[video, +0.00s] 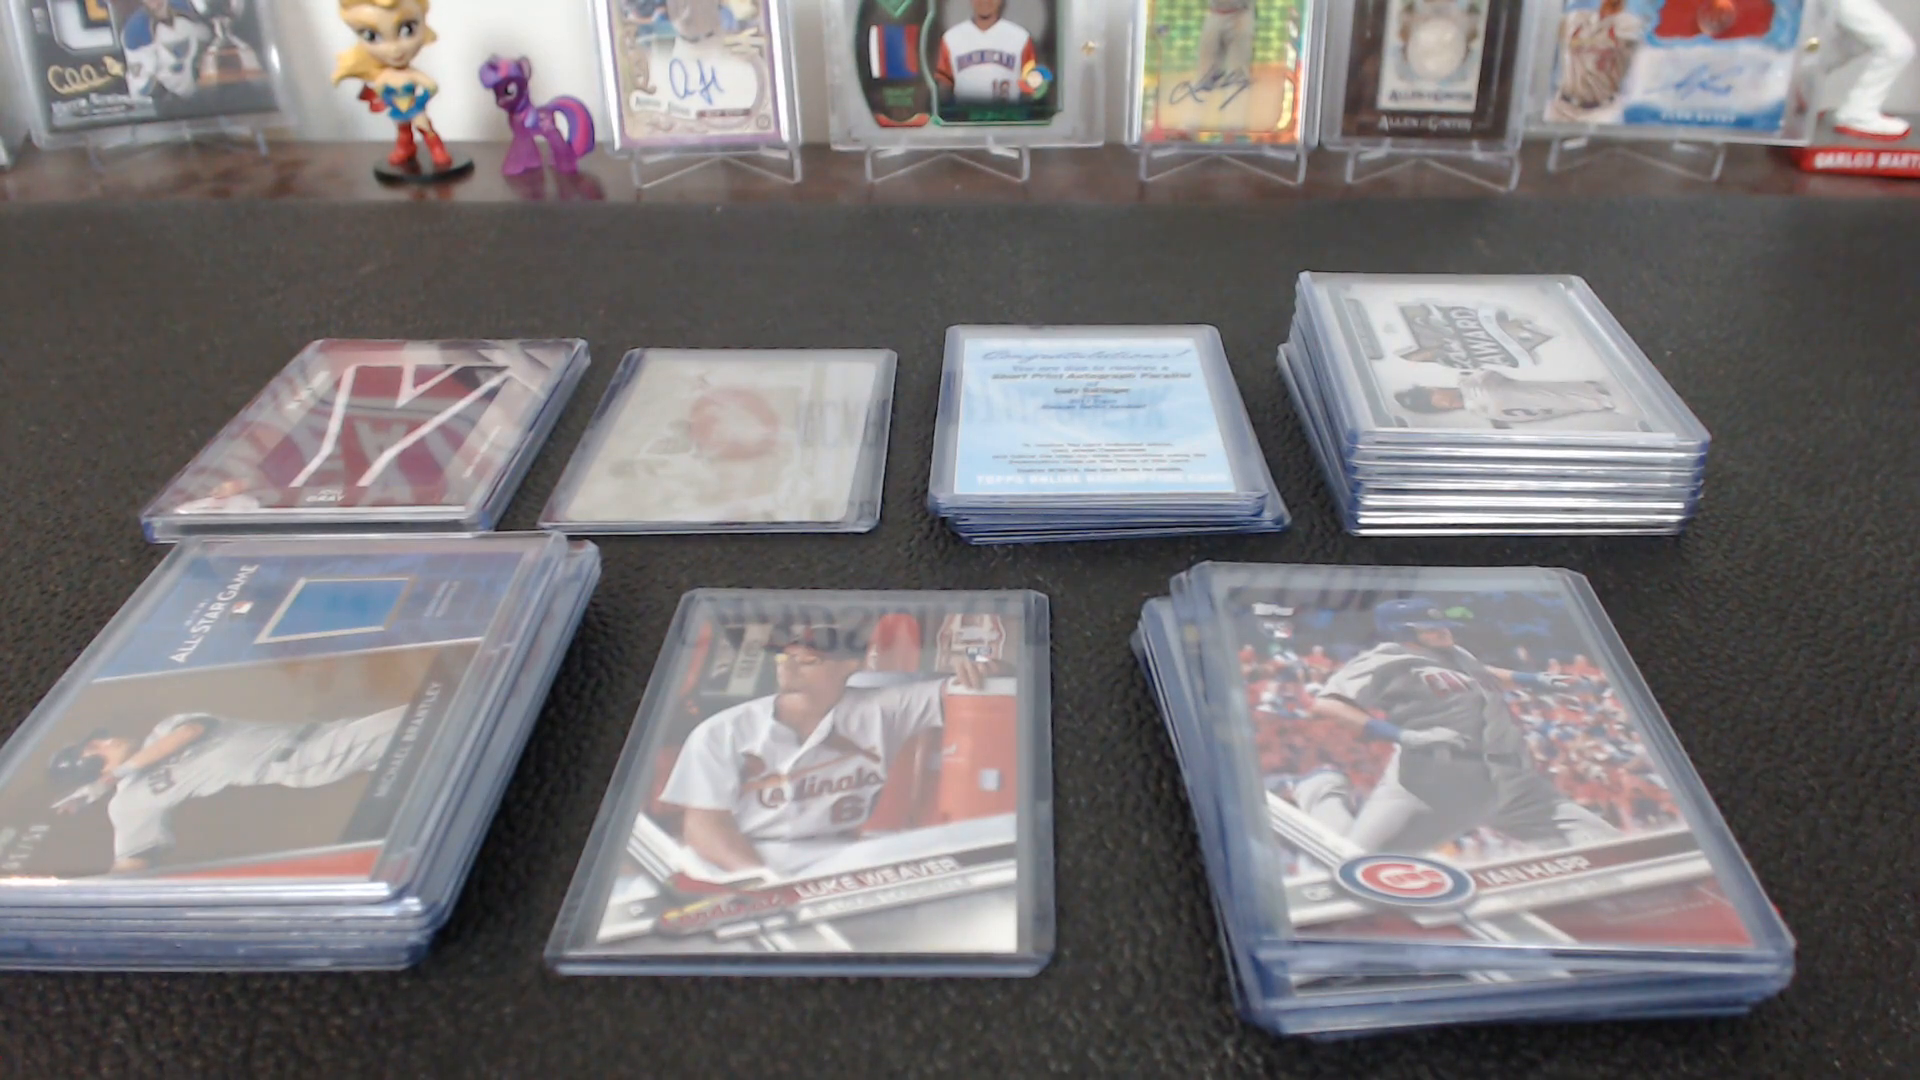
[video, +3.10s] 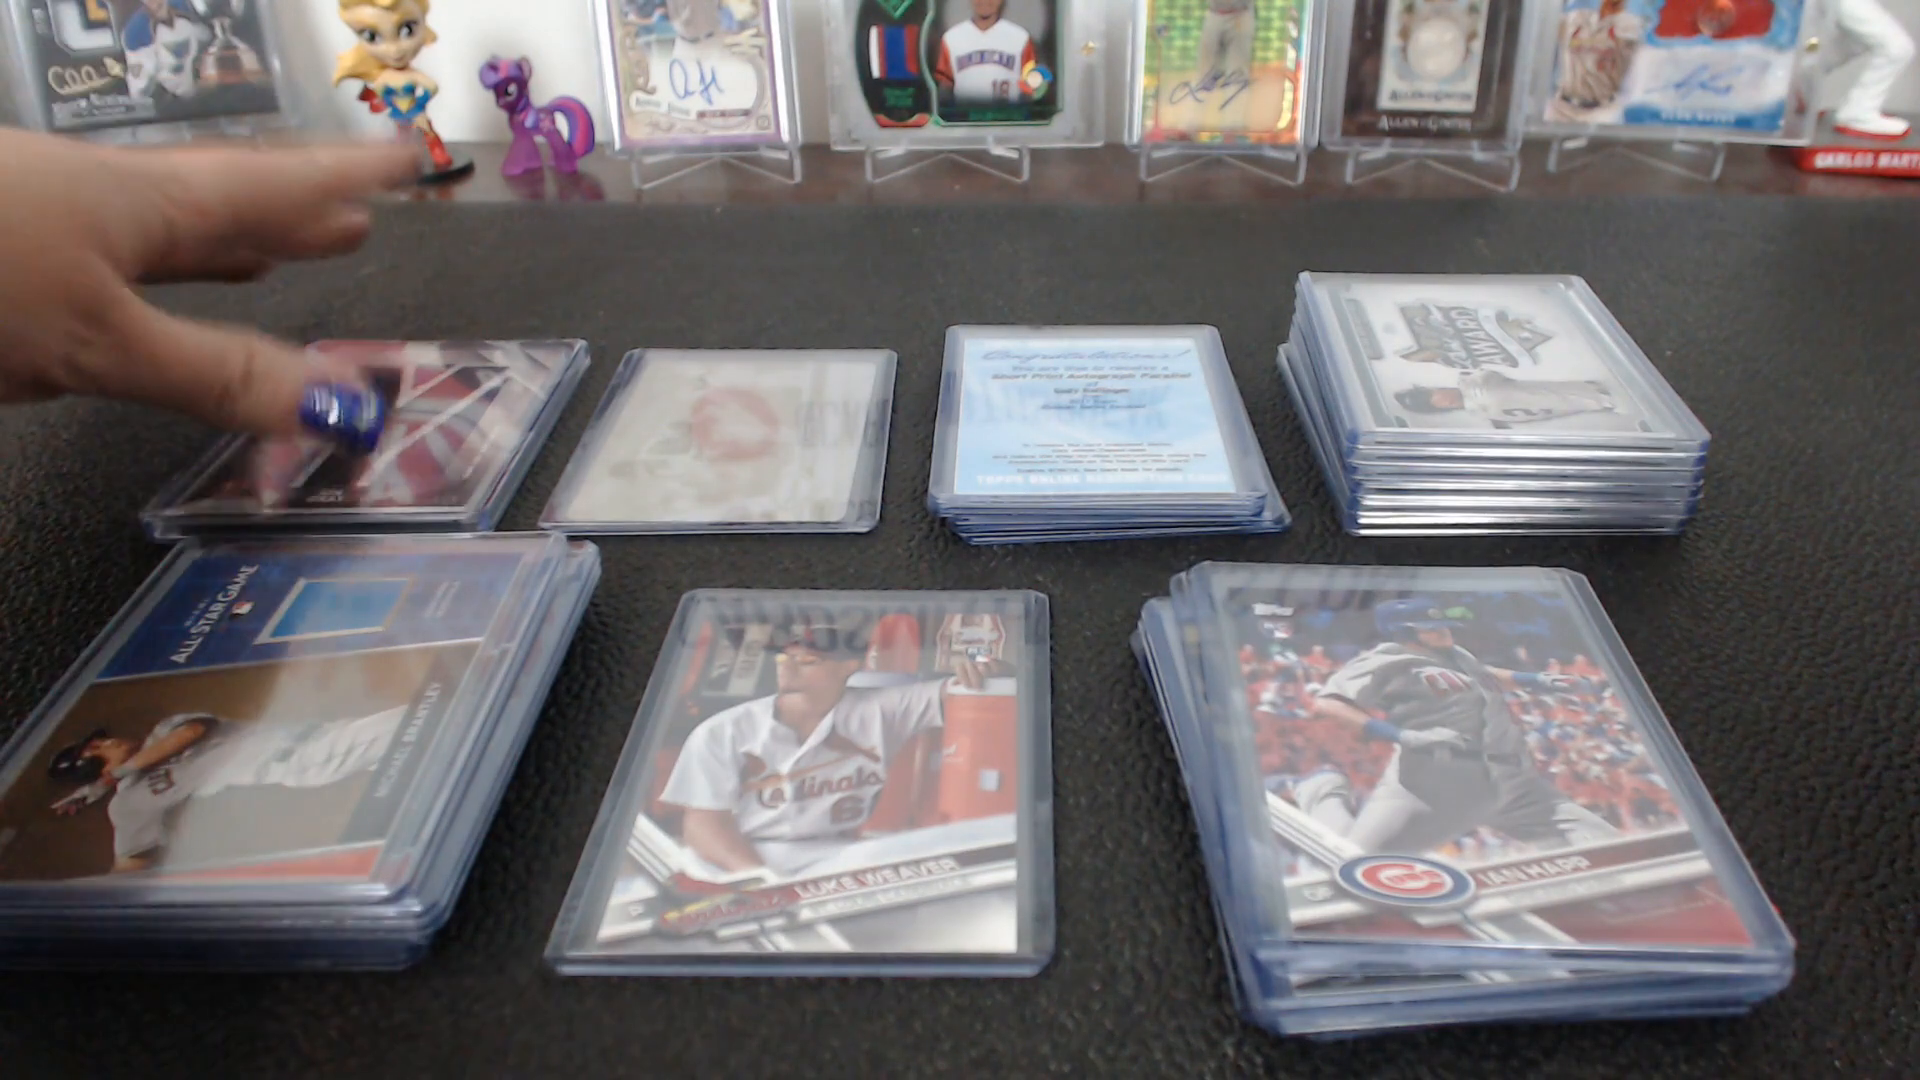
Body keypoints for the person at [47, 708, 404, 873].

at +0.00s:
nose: (109, 740)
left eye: (99, 739)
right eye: (99, 746)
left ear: (106, 744)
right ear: (99, 769)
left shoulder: (160, 729)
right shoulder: (131, 800)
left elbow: (193, 732)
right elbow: (130, 870)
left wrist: (116, 775)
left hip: (310, 732)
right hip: (298, 760)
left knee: (415, 720)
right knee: (413, 717)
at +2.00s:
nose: (112, 740)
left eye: (102, 740)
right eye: (102, 746)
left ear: (109, 741)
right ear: (101, 769)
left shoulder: (161, 729)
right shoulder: (131, 798)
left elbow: (192, 733)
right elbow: (130, 870)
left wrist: (114, 777)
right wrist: (85, 900)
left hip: (313, 732)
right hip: (301, 760)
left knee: (418, 720)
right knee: (416, 717)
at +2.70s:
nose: (109, 751)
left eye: (98, 747)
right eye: (99, 760)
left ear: (108, 736)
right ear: (100, 776)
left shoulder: (160, 727)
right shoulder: (131, 801)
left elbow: (191, 733)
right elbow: (128, 872)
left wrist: (117, 775)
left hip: (305, 735)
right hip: (291, 768)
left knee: (412, 719)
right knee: (408, 721)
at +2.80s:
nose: (104, 771)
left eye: (98, 758)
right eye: (94, 774)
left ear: (112, 741)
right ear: (96, 786)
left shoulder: (161, 731)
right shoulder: (130, 802)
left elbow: (193, 732)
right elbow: (130, 871)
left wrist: (124, 770)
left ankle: (418, 715)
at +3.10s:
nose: (115, 741)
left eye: (106, 739)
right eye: (104, 744)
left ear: (109, 742)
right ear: (100, 764)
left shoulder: (163, 727)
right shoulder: (129, 802)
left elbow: (196, 731)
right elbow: (129, 872)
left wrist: (115, 777)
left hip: (294, 736)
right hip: (277, 774)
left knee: (407, 721)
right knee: (399, 726)